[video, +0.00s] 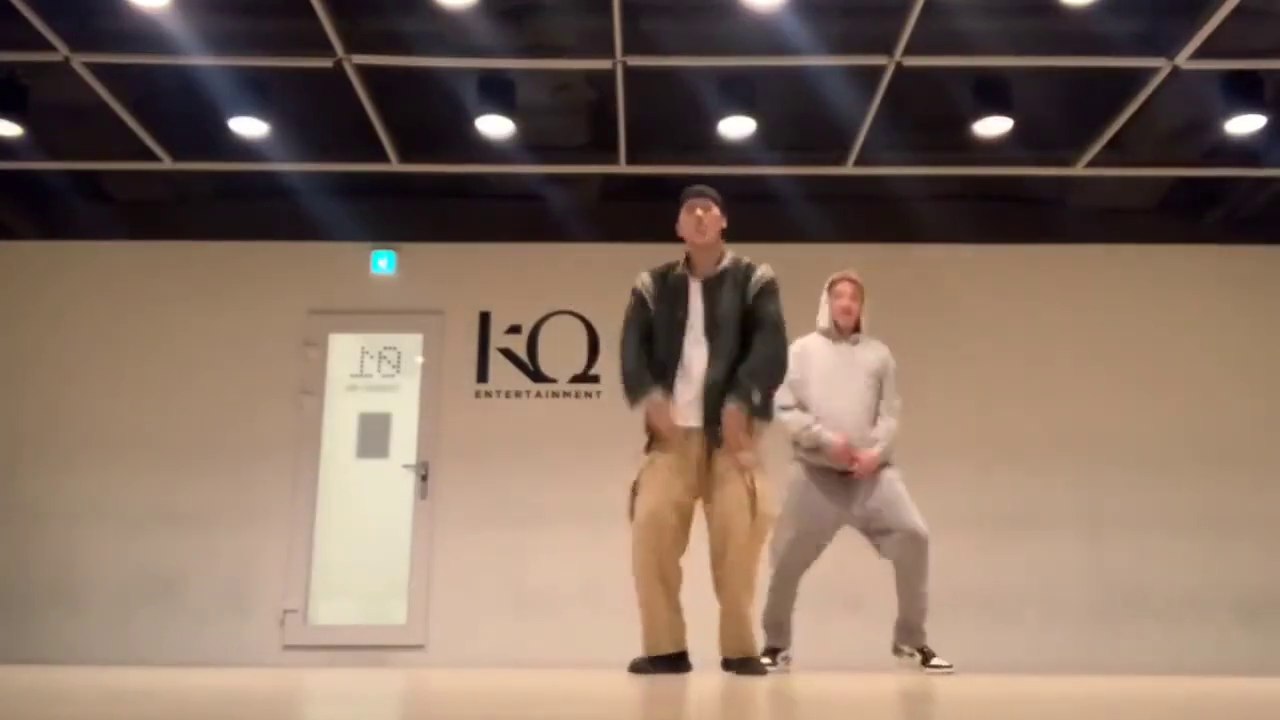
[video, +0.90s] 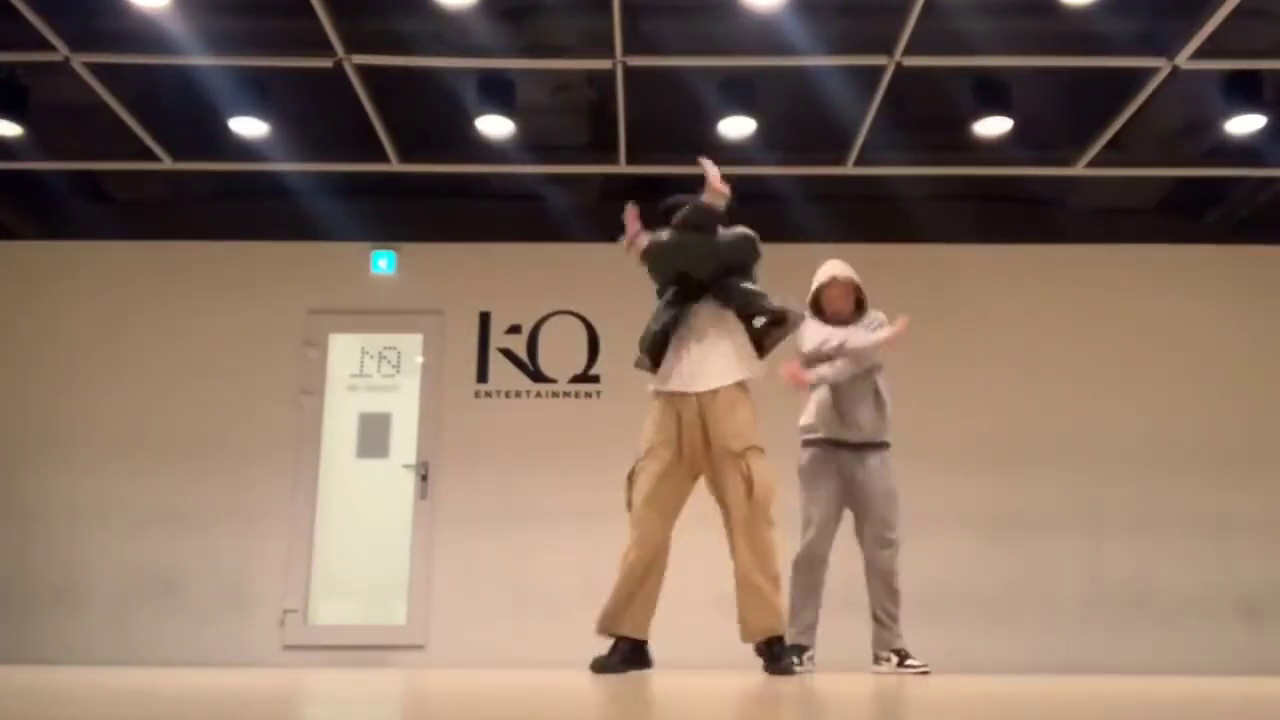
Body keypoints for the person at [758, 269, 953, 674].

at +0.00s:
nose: (847, 304)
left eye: (853, 298)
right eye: (839, 297)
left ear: (862, 307)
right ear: (826, 304)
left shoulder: (879, 354)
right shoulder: (801, 351)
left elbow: (891, 412)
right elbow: (784, 409)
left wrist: (875, 451)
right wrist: (827, 442)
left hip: (873, 477)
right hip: (818, 477)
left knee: (913, 538)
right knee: (787, 561)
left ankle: (910, 640)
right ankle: (775, 646)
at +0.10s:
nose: (846, 284)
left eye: (854, 279)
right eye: (838, 277)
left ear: (862, 289)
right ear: (824, 286)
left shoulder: (879, 332)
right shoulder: (798, 325)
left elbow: (903, 383)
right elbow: (784, 376)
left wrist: (874, 392)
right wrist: (827, 382)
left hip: (874, 453)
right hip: (817, 453)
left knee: (912, 520)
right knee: (800, 547)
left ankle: (903, 621)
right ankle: (780, 640)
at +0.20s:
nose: (849, 283)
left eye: (857, 277)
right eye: (841, 276)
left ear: (867, 286)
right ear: (826, 282)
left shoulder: (882, 324)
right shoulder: (810, 320)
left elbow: (924, 344)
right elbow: (777, 330)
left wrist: (904, 306)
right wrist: (819, 295)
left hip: (876, 441)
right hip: (821, 442)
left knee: (906, 515)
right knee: (809, 530)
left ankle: (887, 616)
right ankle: (813, 628)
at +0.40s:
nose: (859, 309)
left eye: (867, 303)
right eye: (852, 302)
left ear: (876, 311)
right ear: (840, 309)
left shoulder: (883, 351)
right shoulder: (823, 351)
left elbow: (903, 339)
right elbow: (819, 333)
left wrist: (903, 294)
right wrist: (830, 283)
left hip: (882, 469)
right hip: (828, 466)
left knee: (909, 545)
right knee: (818, 545)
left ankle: (890, 647)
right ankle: (843, 648)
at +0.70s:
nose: (862, 292)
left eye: (869, 284)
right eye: (854, 283)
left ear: (879, 291)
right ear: (839, 286)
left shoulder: (884, 329)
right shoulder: (816, 321)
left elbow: (893, 356)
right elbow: (819, 348)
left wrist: (878, 311)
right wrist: (844, 300)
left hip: (881, 447)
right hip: (830, 444)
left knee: (892, 544)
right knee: (819, 533)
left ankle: (890, 647)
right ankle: (836, 632)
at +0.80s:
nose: (848, 290)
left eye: (856, 284)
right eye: (841, 284)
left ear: (869, 288)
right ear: (827, 290)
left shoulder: (885, 321)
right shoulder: (818, 322)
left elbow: (878, 345)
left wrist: (832, 318)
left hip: (873, 445)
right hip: (824, 440)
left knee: (883, 544)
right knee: (812, 529)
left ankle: (888, 646)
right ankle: (817, 634)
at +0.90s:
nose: (840, 299)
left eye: (846, 290)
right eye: (831, 291)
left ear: (858, 294)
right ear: (817, 298)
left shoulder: (875, 323)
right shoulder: (810, 327)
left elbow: (861, 362)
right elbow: (823, 346)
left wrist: (813, 375)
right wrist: (881, 338)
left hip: (870, 449)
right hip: (822, 448)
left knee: (883, 548)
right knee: (813, 546)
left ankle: (889, 648)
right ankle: (800, 645)